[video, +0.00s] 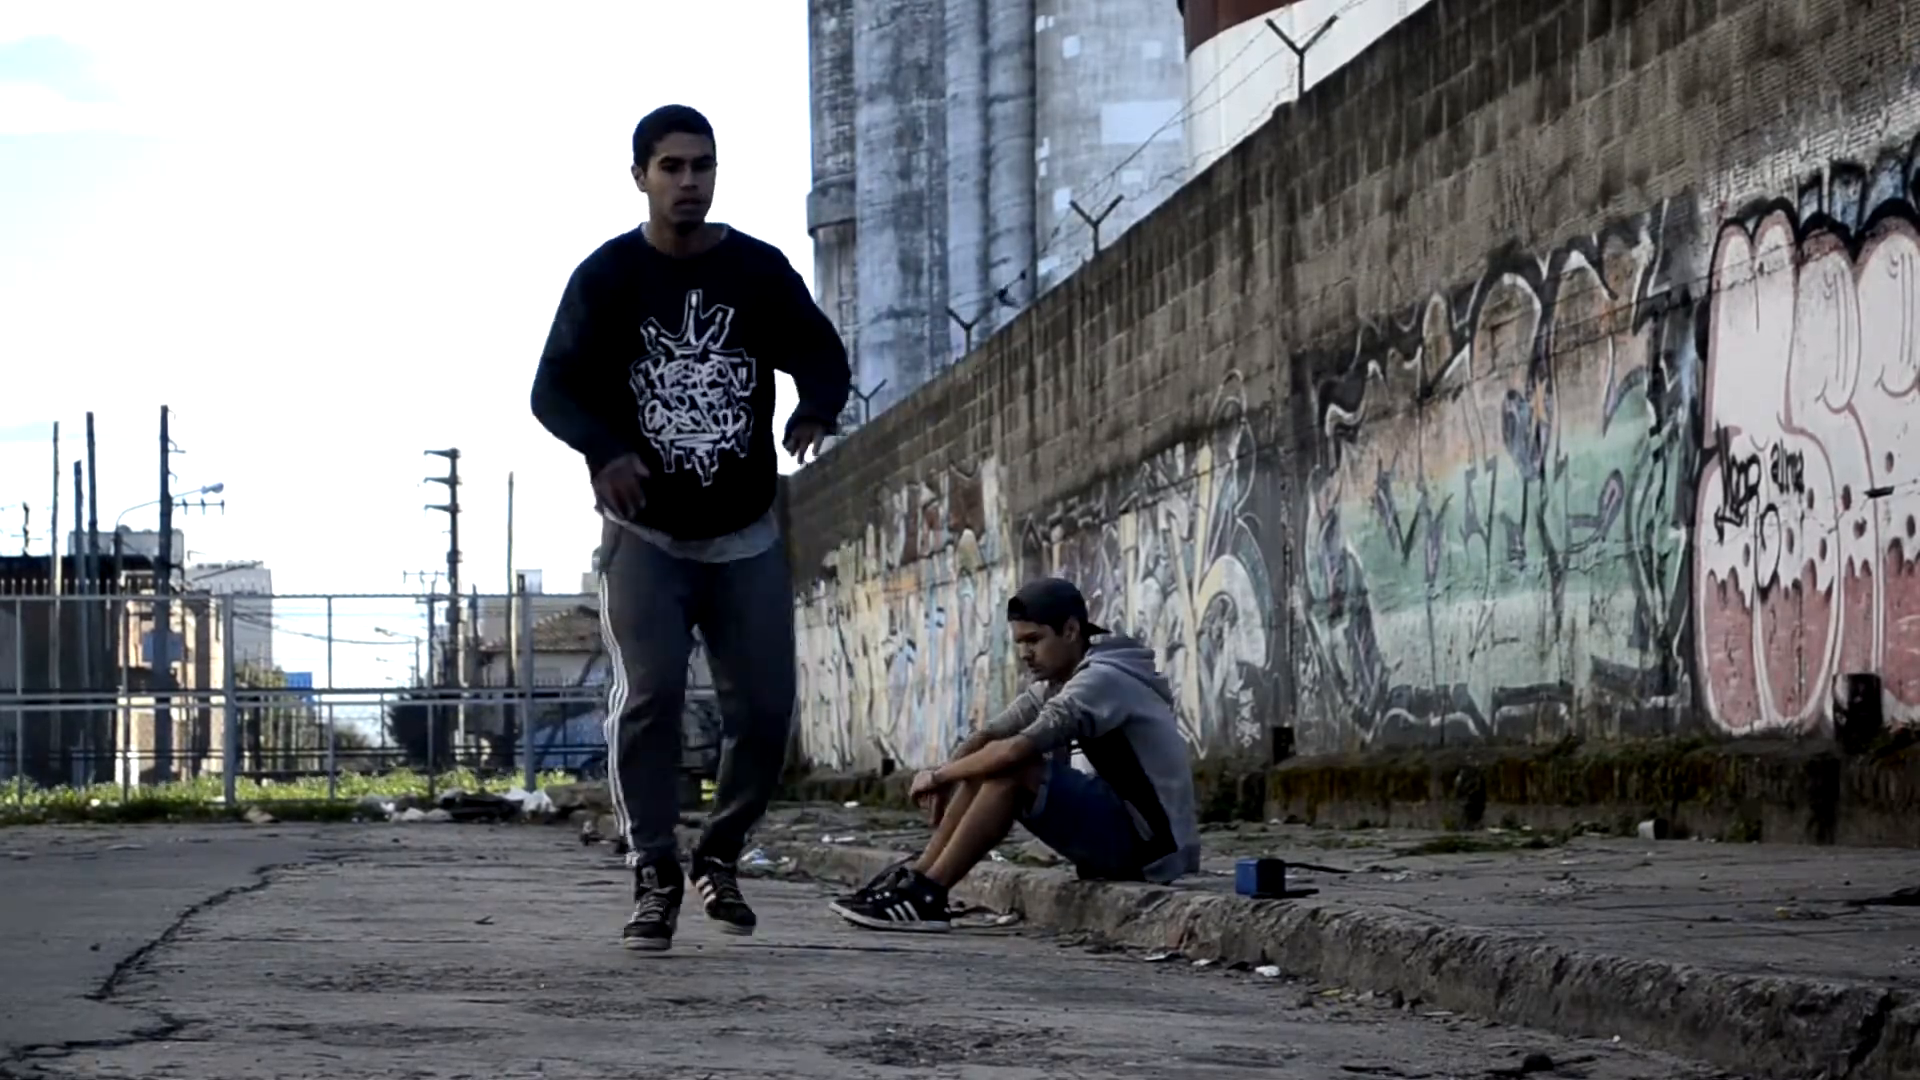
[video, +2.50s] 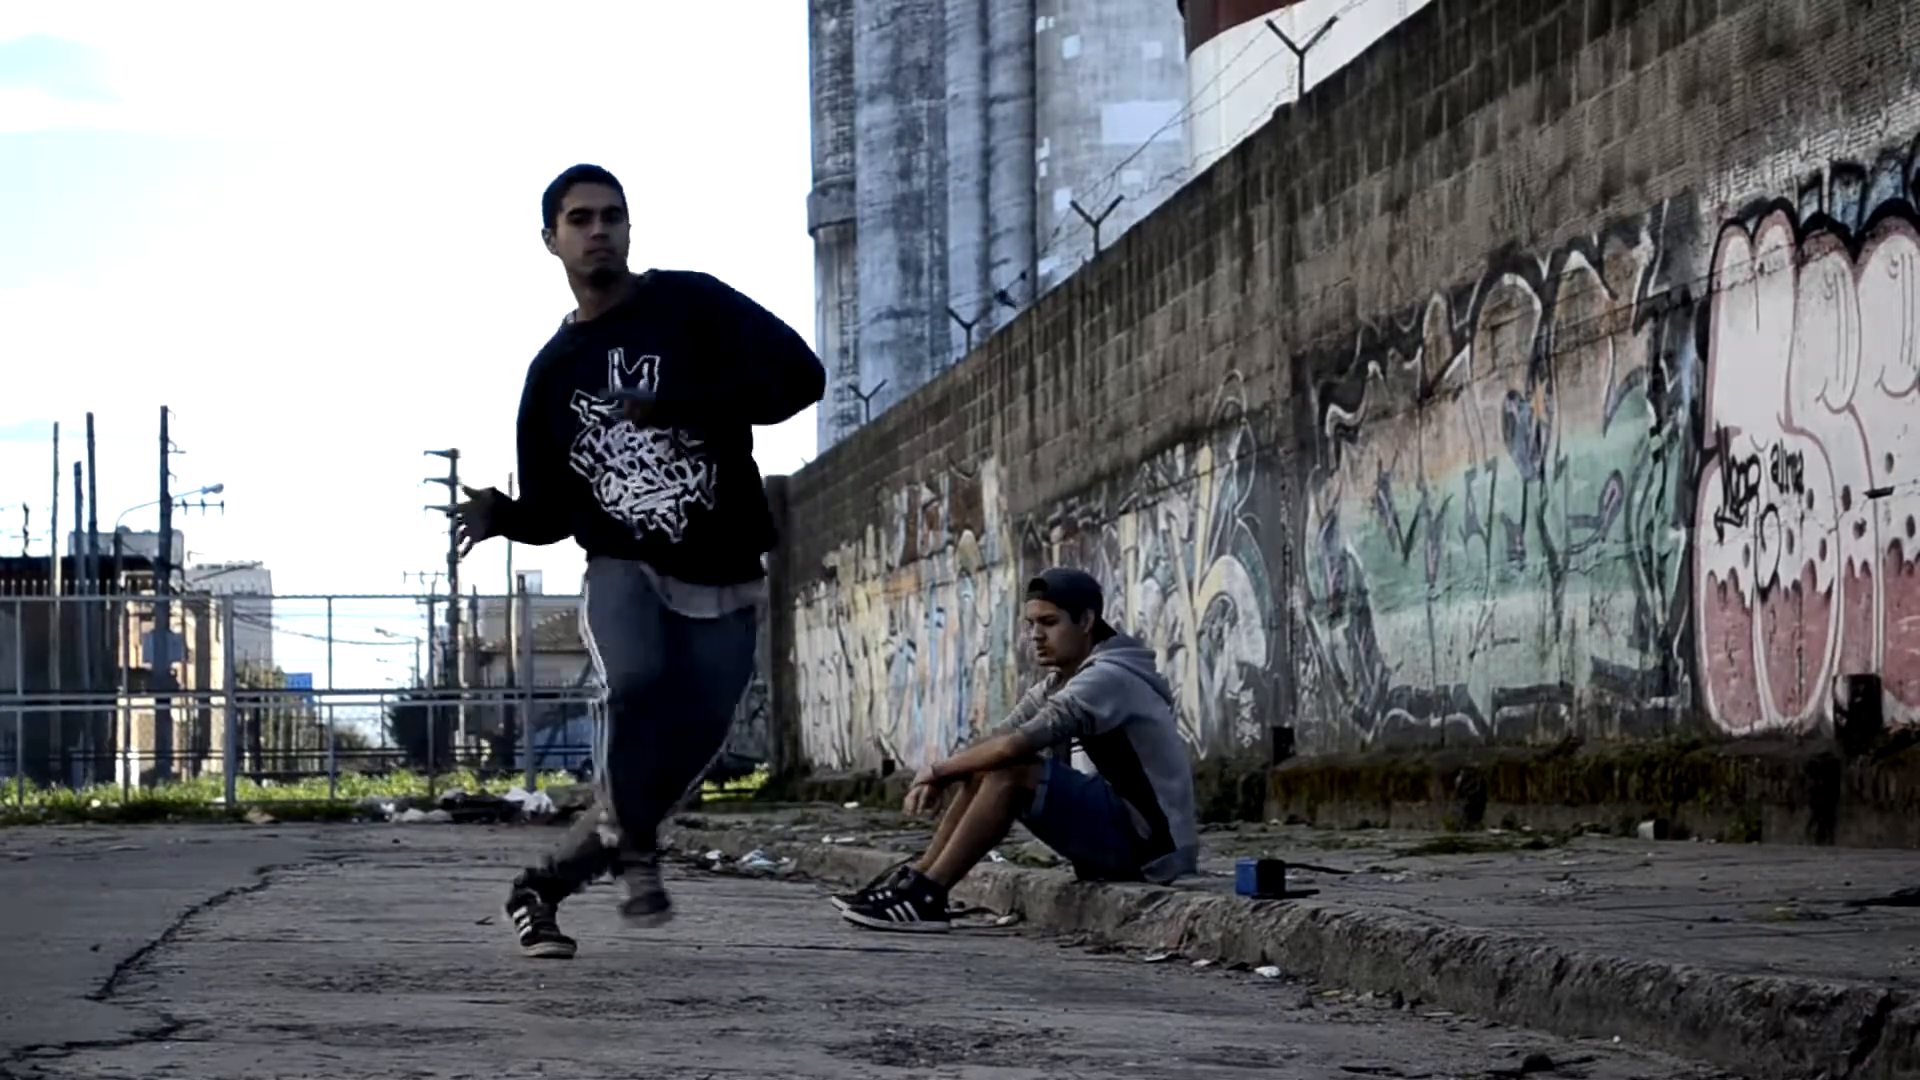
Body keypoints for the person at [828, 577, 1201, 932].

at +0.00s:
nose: (1023, 655)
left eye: (1032, 641)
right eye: (1018, 643)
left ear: (1071, 631)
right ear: (1062, 635)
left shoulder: (1102, 677)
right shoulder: (1064, 678)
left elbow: (1018, 752)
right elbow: (992, 735)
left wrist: (940, 774)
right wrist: (940, 777)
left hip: (1150, 848)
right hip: (1119, 838)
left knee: (1016, 769)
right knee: (988, 760)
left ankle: (932, 895)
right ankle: (915, 881)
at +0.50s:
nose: (1017, 655)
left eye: (1025, 640)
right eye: (1013, 643)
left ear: (1064, 631)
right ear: (1061, 634)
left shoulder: (1094, 672)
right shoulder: (1077, 676)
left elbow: (1012, 749)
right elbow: (1015, 751)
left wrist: (936, 776)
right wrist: (946, 783)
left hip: (1150, 846)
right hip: (1124, 837)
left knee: (1012, 770)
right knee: (983, 767)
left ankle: (933, 895)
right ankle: (914, 883)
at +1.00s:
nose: (1019, 650)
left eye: (1028, 636)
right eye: (1015, 639)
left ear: (1067, 628)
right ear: (1061, 632)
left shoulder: (1101, 676)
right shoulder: (1064, 684)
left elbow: (1011, 751)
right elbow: (999, 743)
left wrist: (957, 749)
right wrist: (942, 776)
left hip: (1151, 848)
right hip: (1120, 839)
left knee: (1013, 771)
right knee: (983, 767)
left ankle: (933, 895)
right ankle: (915, 882)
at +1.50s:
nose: (1030, 642)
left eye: (1041, 630)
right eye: (1026, 631)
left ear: (1080, 627)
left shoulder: (1104, 670)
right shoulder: (1071, 671)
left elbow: (1010, 736)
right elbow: (993, 729)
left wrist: (1009, 727)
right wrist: (936, 791)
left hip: (1148, 844)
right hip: (1119, 833)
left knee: (1011, 766)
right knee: (988, 757)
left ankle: (932, 894)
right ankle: (914, 881)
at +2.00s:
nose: (1024, 638)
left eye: (1034, 625)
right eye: (1021, 627)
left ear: (1072, 623)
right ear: (1068, 627)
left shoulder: (1094, 668)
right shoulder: (1080, 670)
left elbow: (1014, 740)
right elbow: (1014, 744)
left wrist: (936, 770)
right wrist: (944, 776)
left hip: (1149, 843)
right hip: (1125, 833)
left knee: (1010, 771)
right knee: (984, 769)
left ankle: (931, 894)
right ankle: (913, 883)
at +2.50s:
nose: (1036, 636)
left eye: (1047, 623)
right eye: (1031, 625)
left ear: (1086, 622)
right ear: (1030, 626)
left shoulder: (1108, 674)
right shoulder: (1065, 677)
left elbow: (1019, 747)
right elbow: (1006, 737)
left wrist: (938, 768)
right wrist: (940, 768)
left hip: (1150, 845)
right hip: (1118, 835)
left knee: (1012, 772)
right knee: (984, 766)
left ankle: (932, 895)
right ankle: (913, 884)